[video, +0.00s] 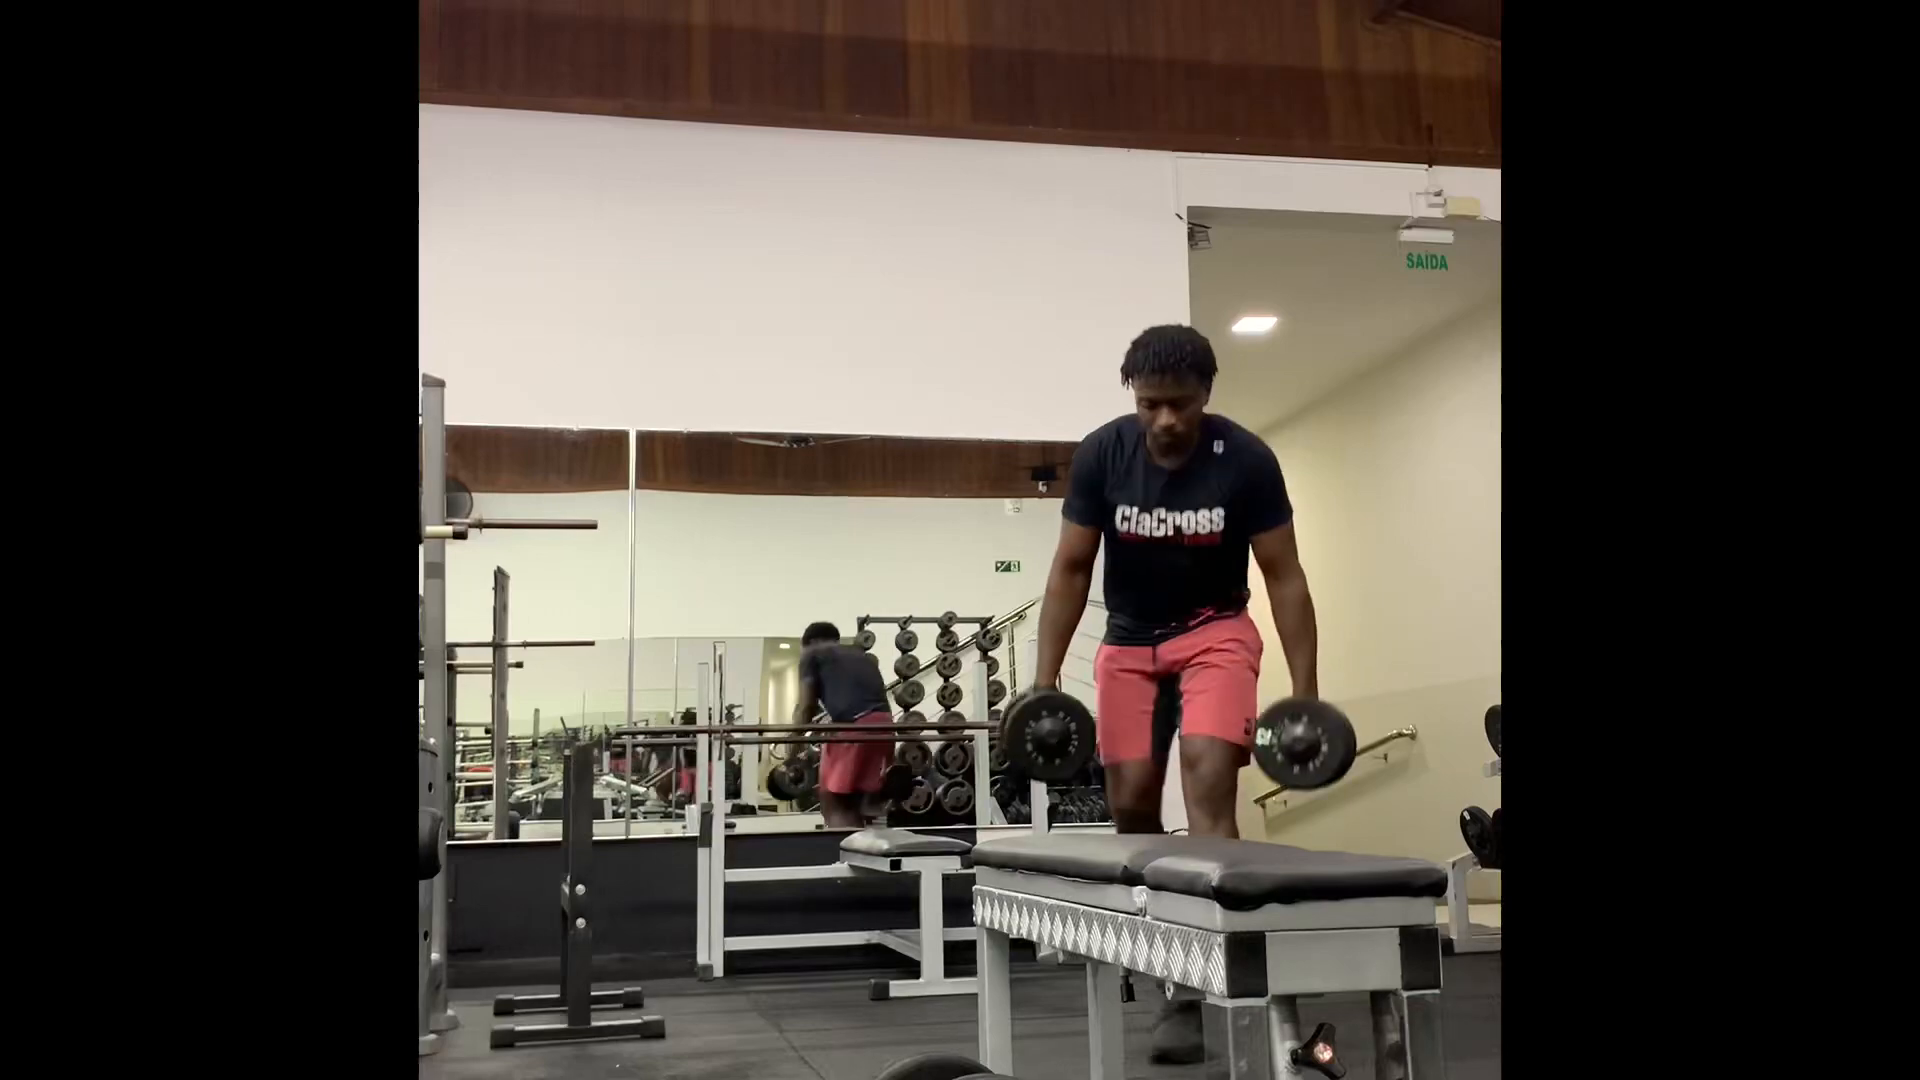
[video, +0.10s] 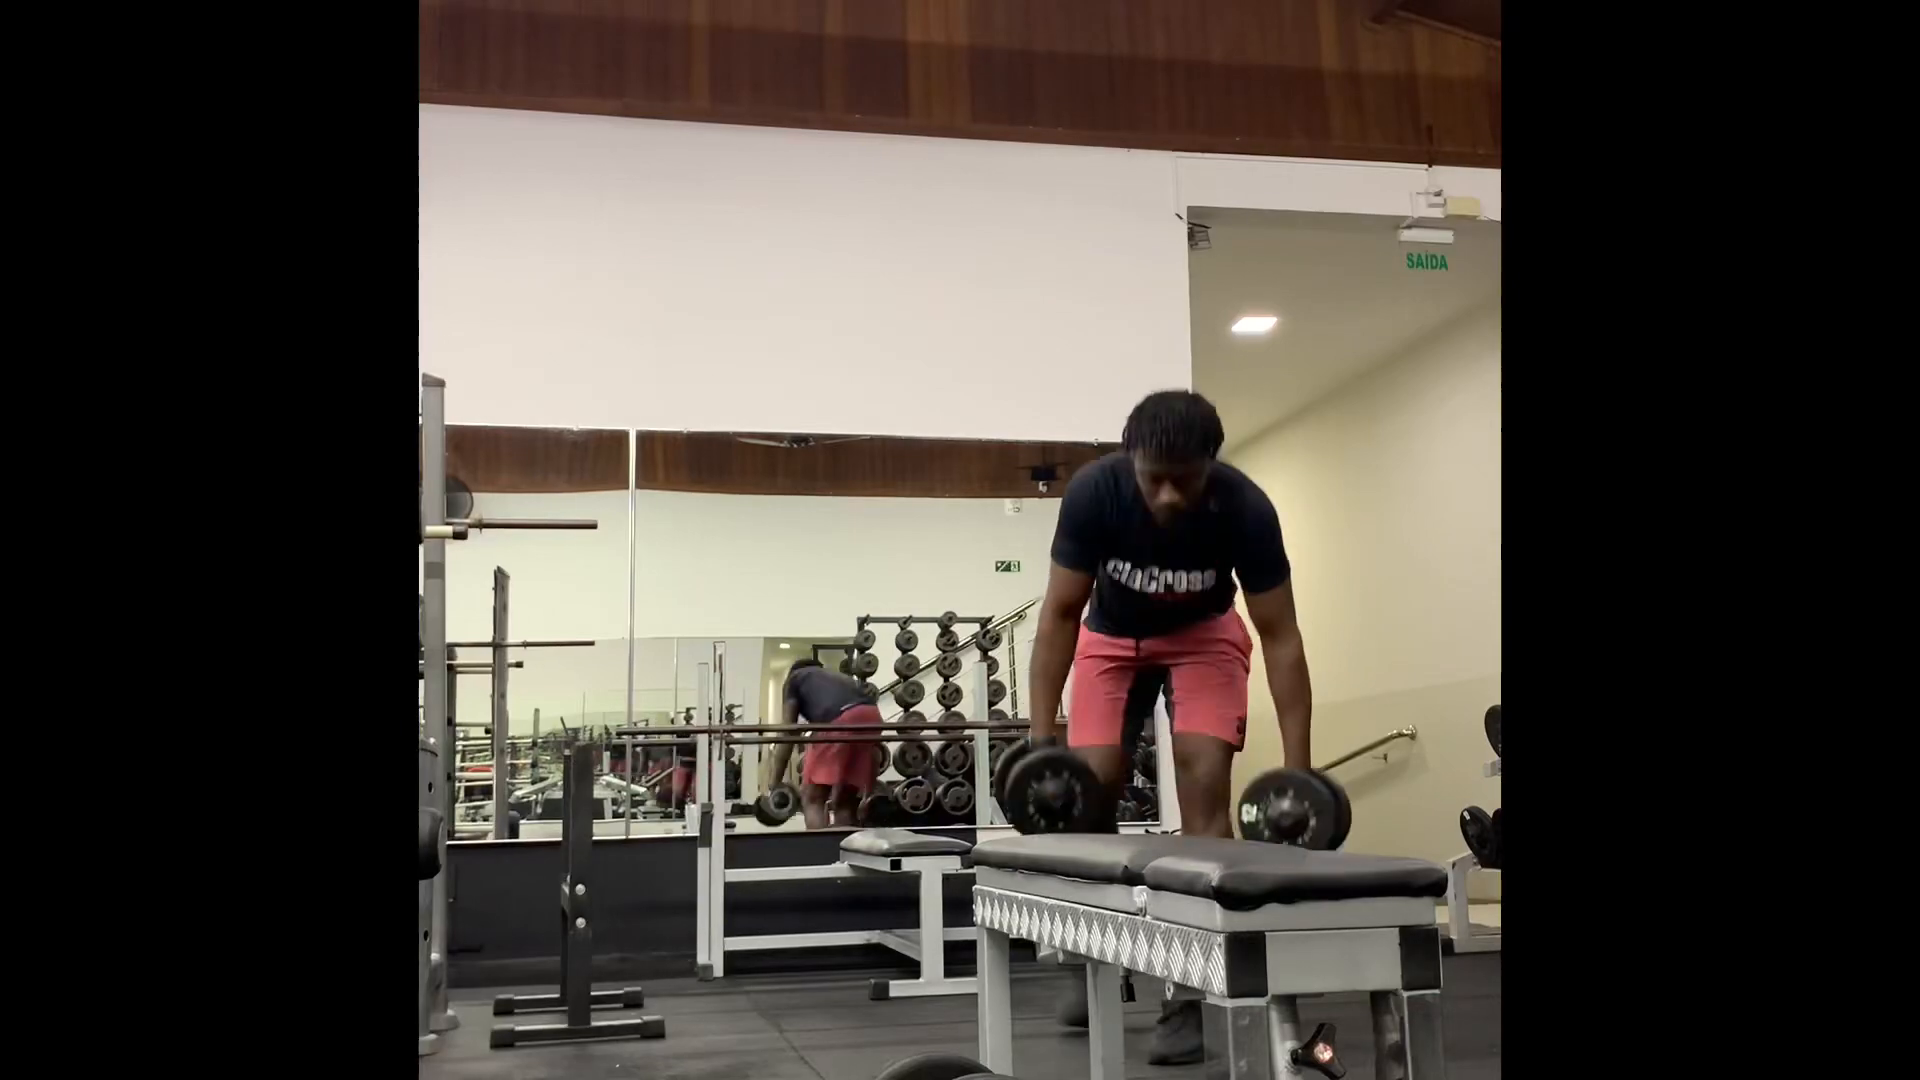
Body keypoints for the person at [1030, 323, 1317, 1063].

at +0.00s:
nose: (1164, 421)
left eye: (1180, 405)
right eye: (1151, 405)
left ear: (1206, 396)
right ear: (1132, 395)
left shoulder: (1246, 463)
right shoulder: (1102, 456)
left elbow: (1283, 577)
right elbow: (1070, 572)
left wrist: (1306, 694)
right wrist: (1044, 684)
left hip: (1218, 633)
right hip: (1128, 643)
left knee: (1206, 778)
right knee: (1131, 806)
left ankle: (1208, 986)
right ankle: (1174, 984)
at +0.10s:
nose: (1167, 496)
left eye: (1182, 481)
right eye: (1153, 480)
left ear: (1209, 464)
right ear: (1132, 460)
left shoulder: (1244, 509)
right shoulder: (1094, 495)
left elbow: (1281, 638)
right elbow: (1058, 615)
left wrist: (1298, 773)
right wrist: (1042, 741)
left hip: (1205, 635)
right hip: (1109, 635)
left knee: (1203, 784)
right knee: (1091, 785)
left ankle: (1189, 994)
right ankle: (1095, 963)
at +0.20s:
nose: (1166, 594)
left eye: (1181, 583)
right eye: (1154, 581)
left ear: (1208, 560)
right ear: (1130, 550)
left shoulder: (1238, 572)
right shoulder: (1088, 555)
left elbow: (1271, 704)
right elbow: (1057, 689)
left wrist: (1287, 850)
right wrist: (1042, 824)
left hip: (1199, 645)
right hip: (1107, 645)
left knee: (1199, 786)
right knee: (1075, 797)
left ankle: (1188, 991)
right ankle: (1064, 975)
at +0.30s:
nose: (1159, 696)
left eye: (1174, 685)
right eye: (1149, 681)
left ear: (1202, 655)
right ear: (1125, 647)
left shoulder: (1230, 634)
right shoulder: (1078, 629)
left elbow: (1261, 781)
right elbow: (1065, 771)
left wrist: (1279, 913)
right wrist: (1041, 918)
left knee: (1201, 804)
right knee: (1075, 788)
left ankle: (1187, 992)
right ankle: (1058, 961)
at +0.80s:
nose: (1061, 314)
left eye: (1077, 296)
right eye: (1043, 298)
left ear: (1104, 301)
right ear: (1018, 305)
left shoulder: (1148, 393)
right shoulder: (975, 406)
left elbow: (1206, 513)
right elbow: (950, 547)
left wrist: (1255, 645)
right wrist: (951, 687)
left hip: (1114, 605)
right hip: (1003, 609)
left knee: (1160, 791)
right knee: (983, 778)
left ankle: (1176, 994)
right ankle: (956, 1004)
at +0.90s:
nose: (1006, 289)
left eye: (1022, 269)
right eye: (988, 273)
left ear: (1051, 271)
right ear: (963, 281)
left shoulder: (1106, 359)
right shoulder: (928, 390)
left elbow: (1162, 485)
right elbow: (921, 541)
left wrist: (1192, 614)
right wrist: (928, 687)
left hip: (1099, 580)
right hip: (978, 593)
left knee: (1177, 752)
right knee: (964, 780)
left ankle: (1161, 957)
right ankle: (955, 1017)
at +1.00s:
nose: (1016, 283)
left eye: (1033, 262)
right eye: (995, 266)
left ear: (1060, 263)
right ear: (967, 272)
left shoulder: (1117, 351)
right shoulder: (929, 379)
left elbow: (1175, 480)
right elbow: (926, 531)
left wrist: (1191, 611)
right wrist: (953, 659)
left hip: (1101, 573)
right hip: (980, 591)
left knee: (1173, 746)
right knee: (960, 785)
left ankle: (1246, 991)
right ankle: (957, 1023)